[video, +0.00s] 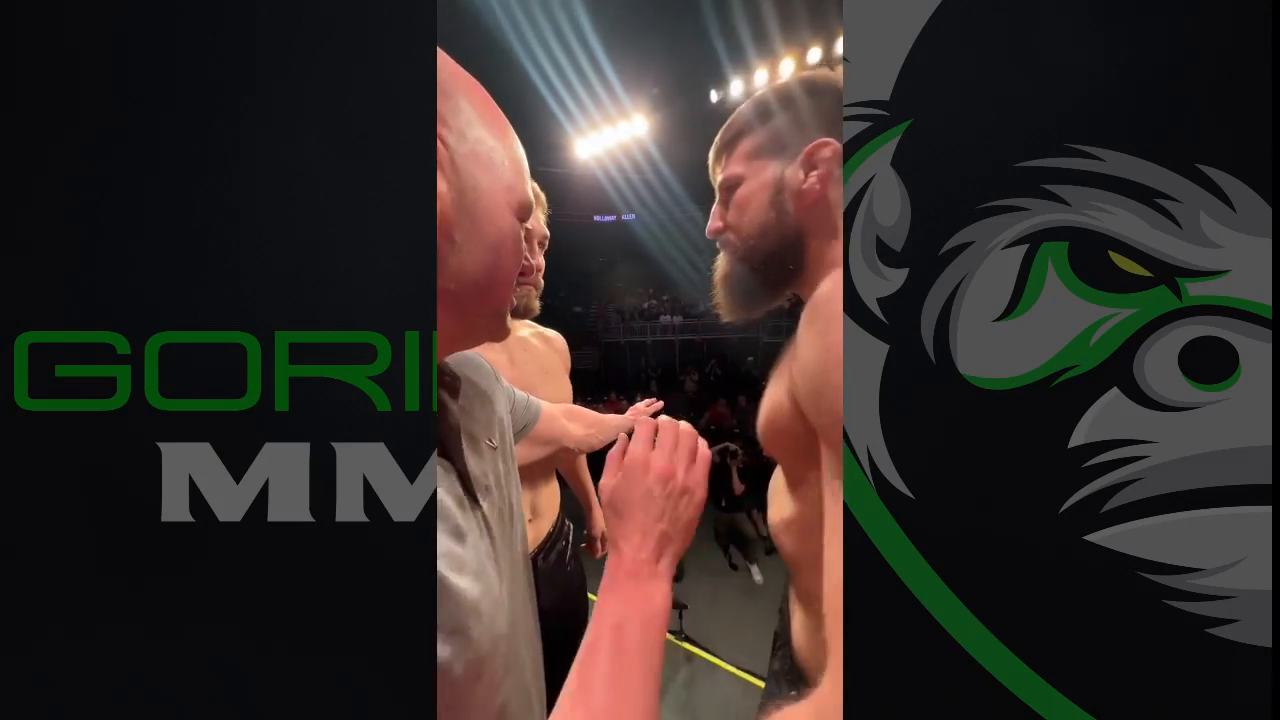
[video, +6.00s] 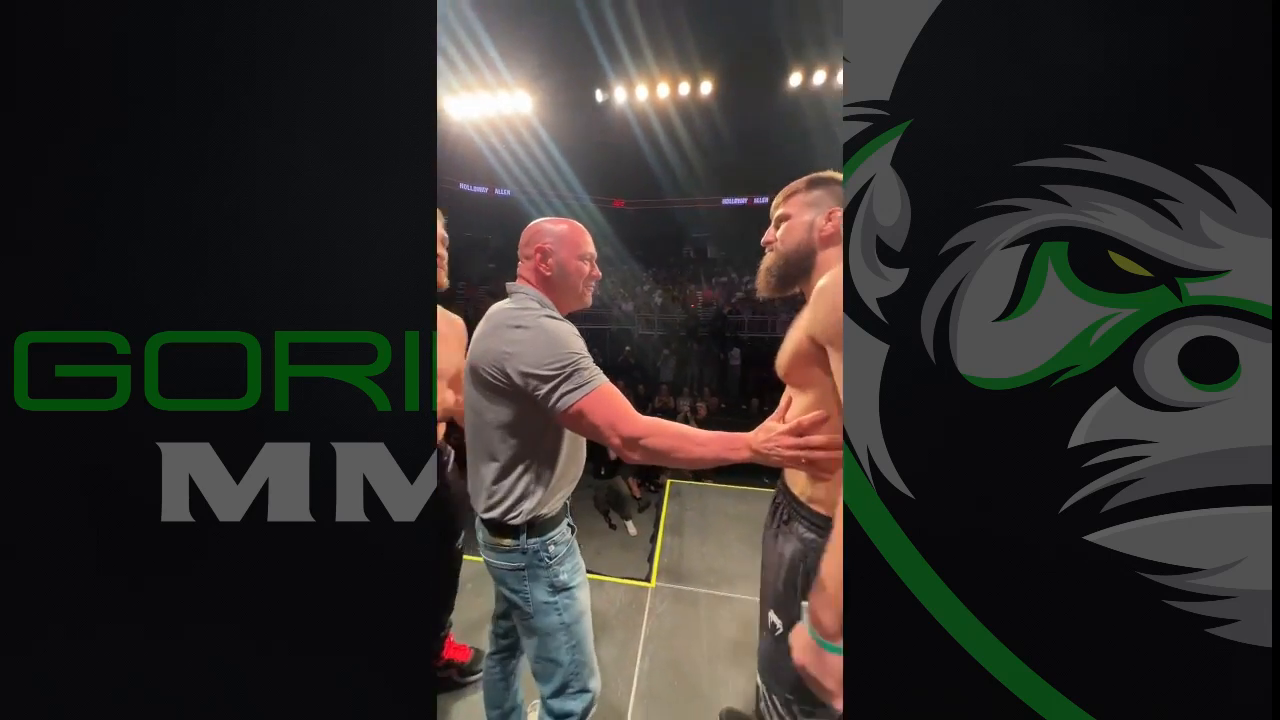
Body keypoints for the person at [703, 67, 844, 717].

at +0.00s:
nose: (712, 224)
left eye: (730, 189)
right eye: (715, 197)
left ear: (817, 171)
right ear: (816, 173)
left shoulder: (836, 318)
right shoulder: (821, 314)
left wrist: (831, 698)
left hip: (822, 694)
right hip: (808, 679)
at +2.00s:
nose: (635, 214)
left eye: (636, 195)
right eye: (634, 195)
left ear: (662, 198)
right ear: (745, 196)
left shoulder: (709, 322)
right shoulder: (812, 291)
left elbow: (831, 539)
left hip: (716, 685)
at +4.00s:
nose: (650, 277)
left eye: (648, 261)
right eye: (641, 257)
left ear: (592, 257)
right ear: (595, 254)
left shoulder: (545, 333)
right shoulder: (549, 344)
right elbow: (538, 590)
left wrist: (614, 412)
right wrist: (818, 680)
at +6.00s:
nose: (596, 272)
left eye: (595, 261)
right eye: (585, 260)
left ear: (539, 262)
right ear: (542, 260)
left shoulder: (507, 318)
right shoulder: (539, 333)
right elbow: (631, 437)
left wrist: (625, 438)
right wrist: (752, 445)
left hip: (505, 529)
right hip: (534, 539)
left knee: (504, 649)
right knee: (572, 692)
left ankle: (503, 712)